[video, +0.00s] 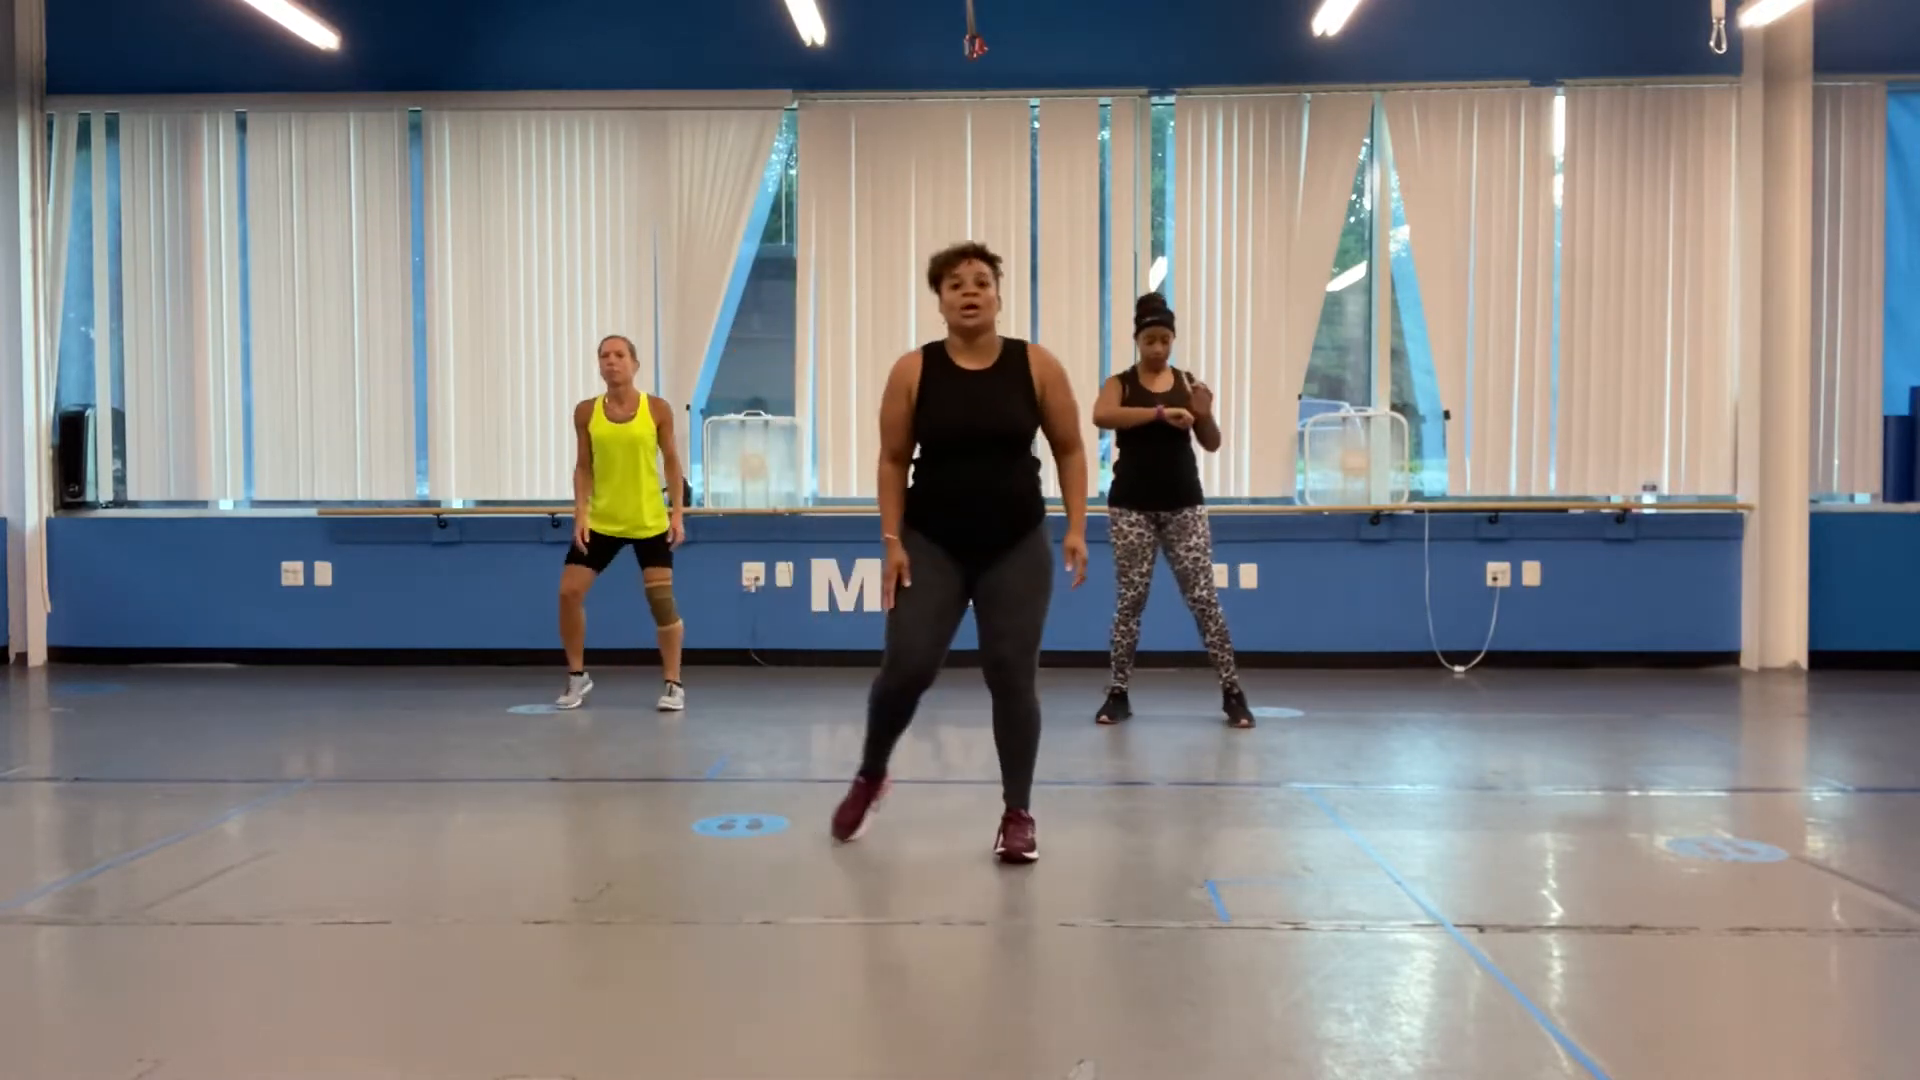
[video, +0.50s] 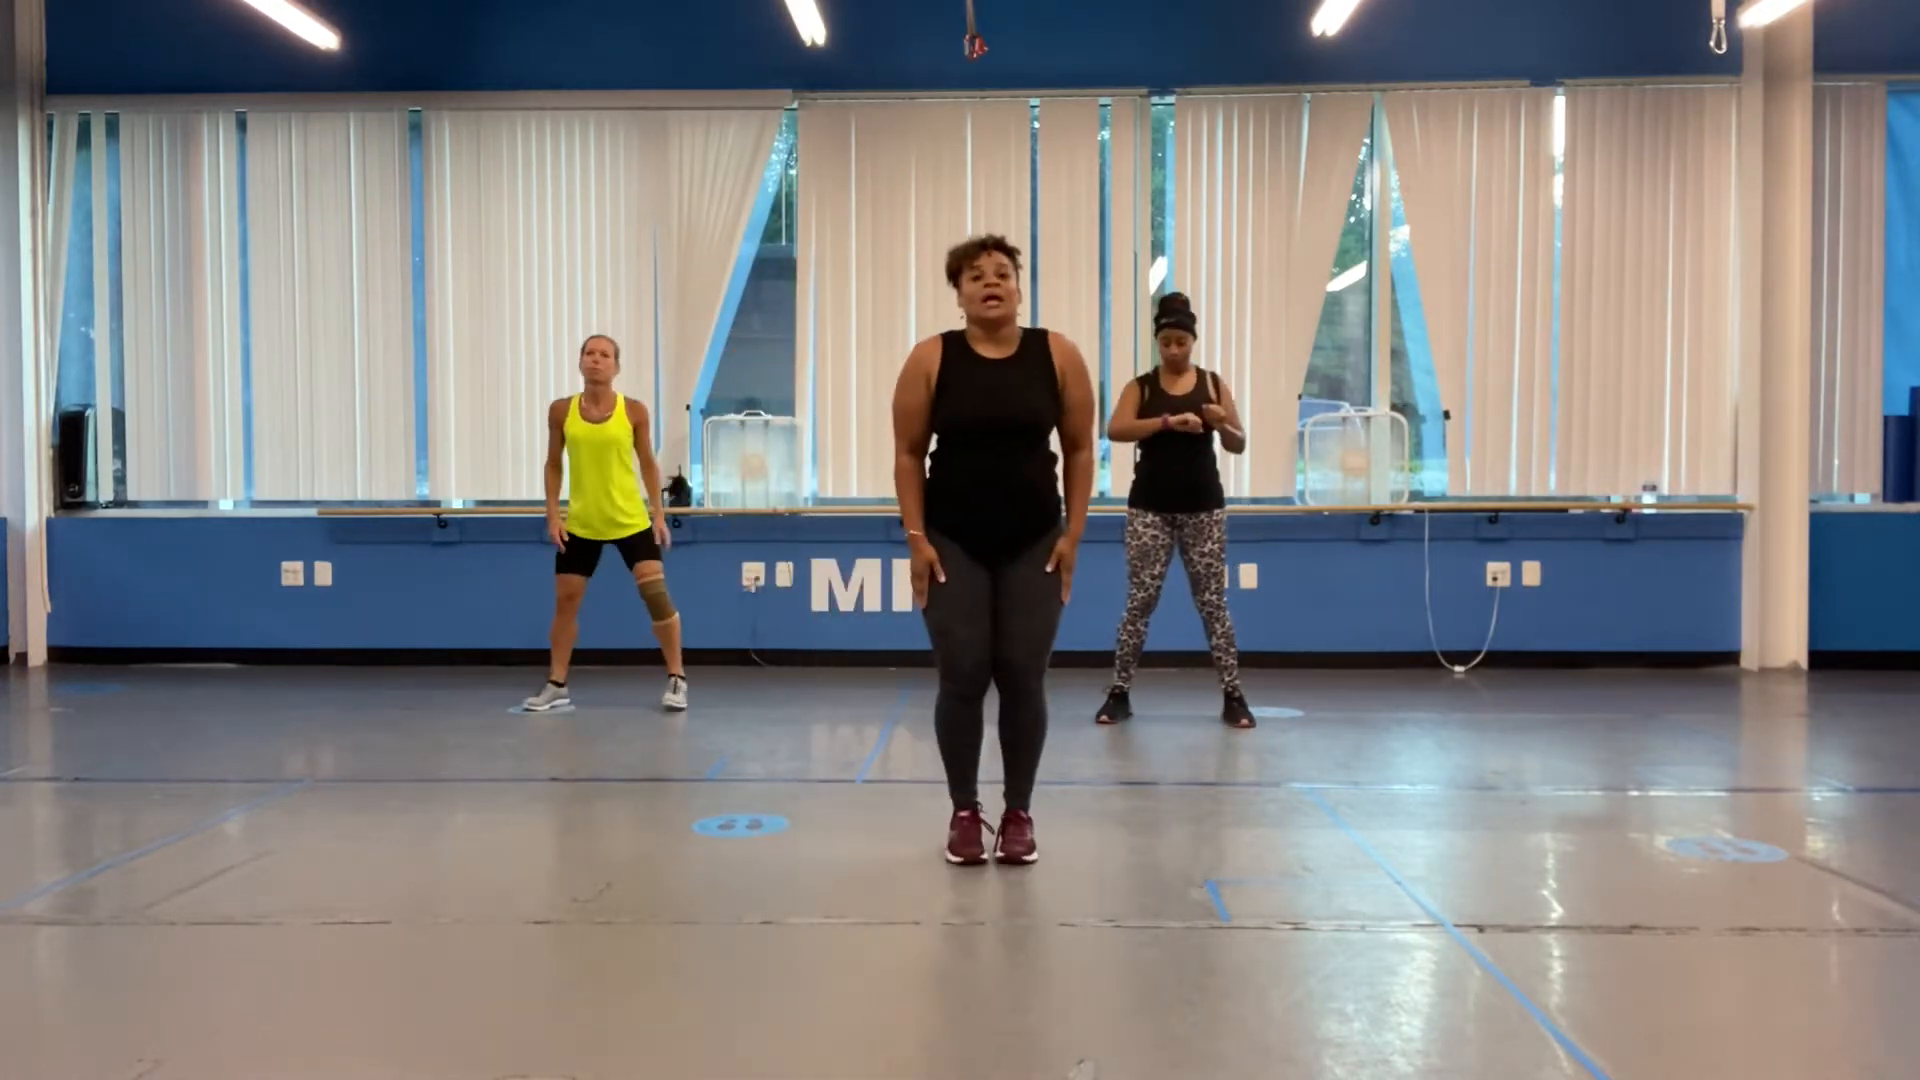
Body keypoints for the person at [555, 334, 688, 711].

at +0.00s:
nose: (611, 361)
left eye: (618, 355)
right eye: (605, 356)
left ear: (634, 364)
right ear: (598, 366)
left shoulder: (657, 409)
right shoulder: (586, 412)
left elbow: (672, 462)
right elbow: (583, 467)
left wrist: (677, 511)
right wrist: (580, 514)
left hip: (650, 520)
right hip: (602, 521)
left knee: (660, 599)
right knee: (570, 591)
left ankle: (672, 684)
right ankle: (576, 677)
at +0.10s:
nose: (614, 360)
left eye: (621, 354)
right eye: (608, 355)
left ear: (638, 363)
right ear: (602, 364)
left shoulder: (660, 408)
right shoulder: (590, 411)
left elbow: (676, 461)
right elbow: (587, 466)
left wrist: (678, 512)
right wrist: (583, 518)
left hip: (650, 519)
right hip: (603, 520)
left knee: (661, 600)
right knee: (566, 587)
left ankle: (672, 684)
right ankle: (565, 674)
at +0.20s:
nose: (612, 361)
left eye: (620, 355)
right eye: (607, 356)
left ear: (637, 363)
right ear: (601, 365)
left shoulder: (659, 410)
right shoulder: (586, 411)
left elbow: (676, 461)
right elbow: (583, 465)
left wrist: (679, 511)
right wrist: (582, 515)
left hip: (647, 521)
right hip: (599, 520)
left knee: (659, 600)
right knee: (571, 598)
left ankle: (672, 685)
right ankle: (557, 681)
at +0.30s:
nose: (608, 361)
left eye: (617, 357)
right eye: (603, 355)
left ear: (631, 368)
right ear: (595, 364)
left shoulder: (647, 414)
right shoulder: (576, 411)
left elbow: (666, 463)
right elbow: (573, 466)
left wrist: (677, 509)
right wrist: (576, 518)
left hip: (640, 522)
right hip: (593, 523)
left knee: (654, 601)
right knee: (574, 603)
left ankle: (672, 684)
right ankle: (557, 685)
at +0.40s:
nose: (602, 360)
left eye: (610, 356)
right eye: (596, 354)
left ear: (622, 368)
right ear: (586, 364)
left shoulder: (638, 411)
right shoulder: (566, 410)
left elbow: (653, 461)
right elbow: (562, 467)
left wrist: (667, 509)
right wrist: (565, 517)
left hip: (633, 520)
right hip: (585, 522)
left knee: (653, 598)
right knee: (567, 600)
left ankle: (673, 681)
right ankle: (557, 685)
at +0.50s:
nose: (594, 359)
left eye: (603, 354)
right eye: (588, 353)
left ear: (616, 366)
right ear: (579, 363)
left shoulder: (634, 411)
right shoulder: (562, 411)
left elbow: (648, 463)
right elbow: (553, 464)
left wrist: (658, 514)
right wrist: (553, 514)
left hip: (631, 519)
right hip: (581, 520)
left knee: (655, 594)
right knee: (566, 599)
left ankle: (676, 678)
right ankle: (557, 685)